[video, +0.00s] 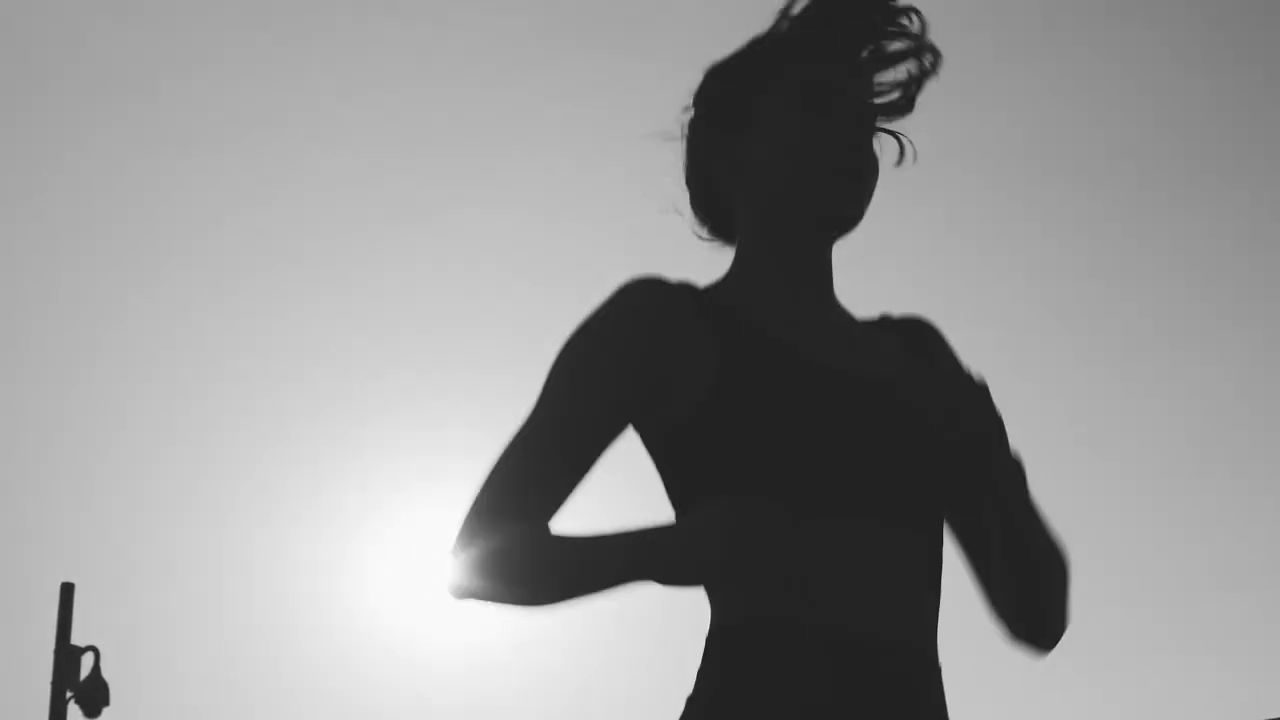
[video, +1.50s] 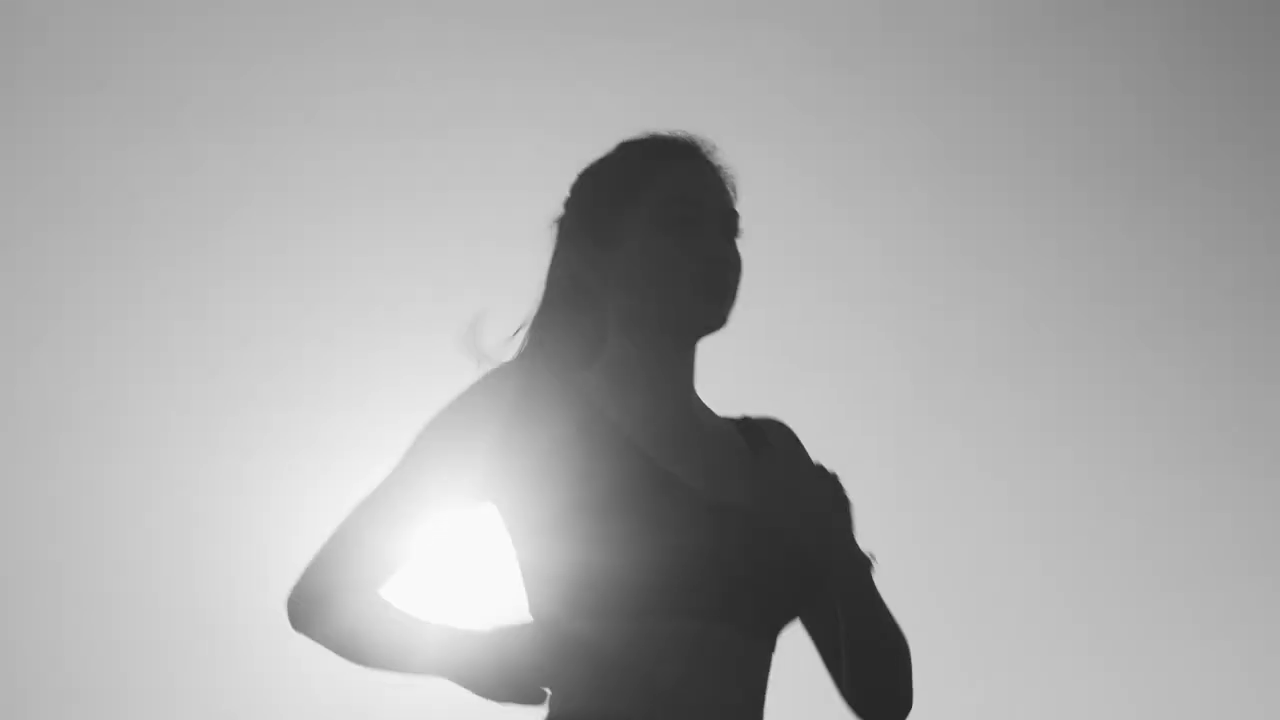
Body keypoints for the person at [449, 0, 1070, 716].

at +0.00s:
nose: (852, 152)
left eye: (861, 131)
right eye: (815, 123)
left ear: (873, 163)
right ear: (731, 158)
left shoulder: (913, 357)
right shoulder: (659, 327)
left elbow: (1040, 620)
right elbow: (484, 559)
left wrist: (972, 437)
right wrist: (671, 552)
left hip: (905, 700)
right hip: (748, 696)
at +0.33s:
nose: (854, 214)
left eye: (863, 194)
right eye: (815, 184)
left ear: (869, 220)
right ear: (723, 215)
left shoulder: (877, 431)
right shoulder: (674, 387)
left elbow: (844, 674)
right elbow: (633, 661)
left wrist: (936, 682)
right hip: (725, 708)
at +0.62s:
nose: (851, 173)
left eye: (853, 154)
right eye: (823, 149)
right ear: (744, 163)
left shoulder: (762, 332)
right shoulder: (690, 290)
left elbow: (653, 608)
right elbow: (720, 507)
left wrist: (869, 608)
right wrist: (911, 417)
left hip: (839, 688)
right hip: (760, 688)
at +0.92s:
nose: (824, 214)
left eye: (821, 191)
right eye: (792, 185)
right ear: (708, 203)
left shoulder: (730, 359)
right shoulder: (662, 342)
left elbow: (650, 655)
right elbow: (617, 554)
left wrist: (849, 650)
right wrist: (866, 525)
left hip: (806, 703)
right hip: (726, 700)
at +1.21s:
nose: (780, 281)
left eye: (783, 257)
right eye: (742, 254)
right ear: (661, 290)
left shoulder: (790, 505)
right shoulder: (604, 437)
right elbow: (430, 671)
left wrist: (885, 696)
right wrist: (610, 706)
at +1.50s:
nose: (722, 251)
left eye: (728, 228)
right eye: (686, 224)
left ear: (737, 252)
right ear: (606, 244)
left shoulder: (770, 460)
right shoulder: (516, 409)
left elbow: (884, 699)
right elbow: (325, 598)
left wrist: (829, 547)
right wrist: (482, 656)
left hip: (728, 714)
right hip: (592, 713)